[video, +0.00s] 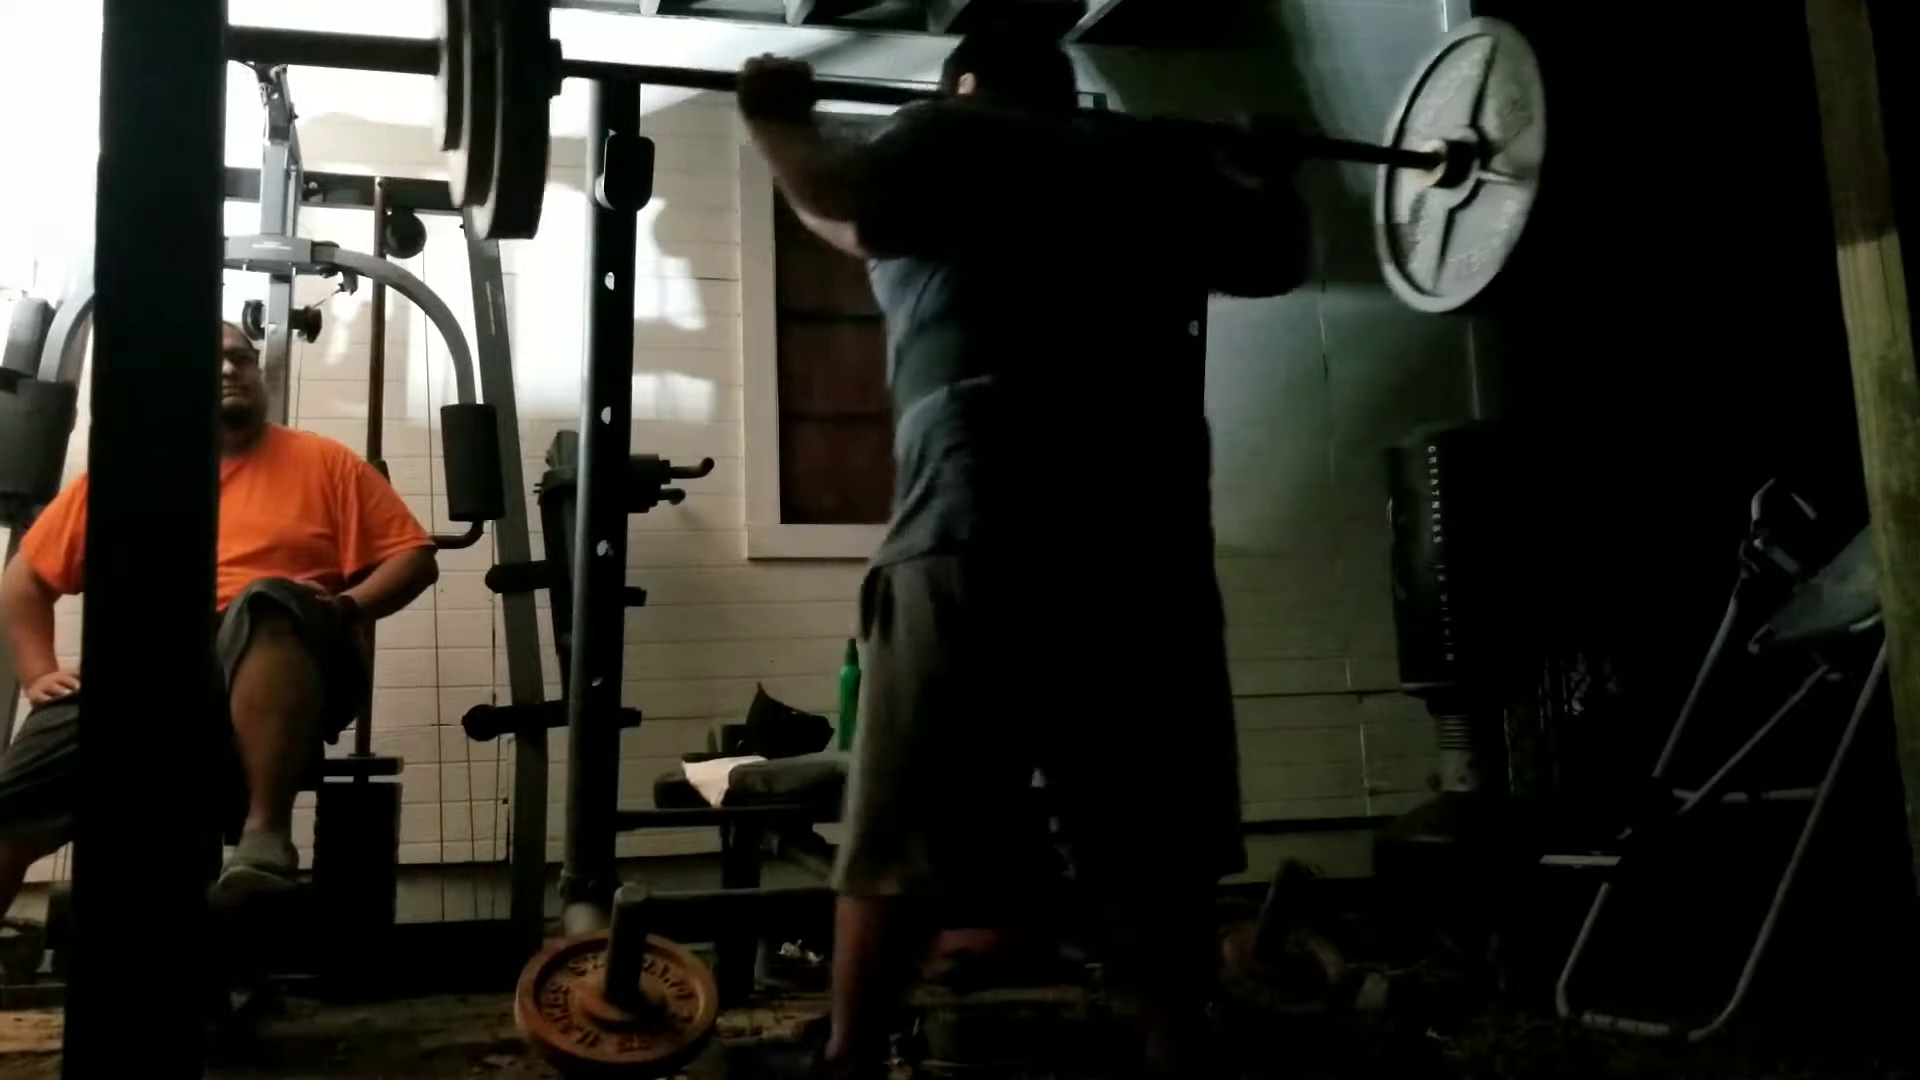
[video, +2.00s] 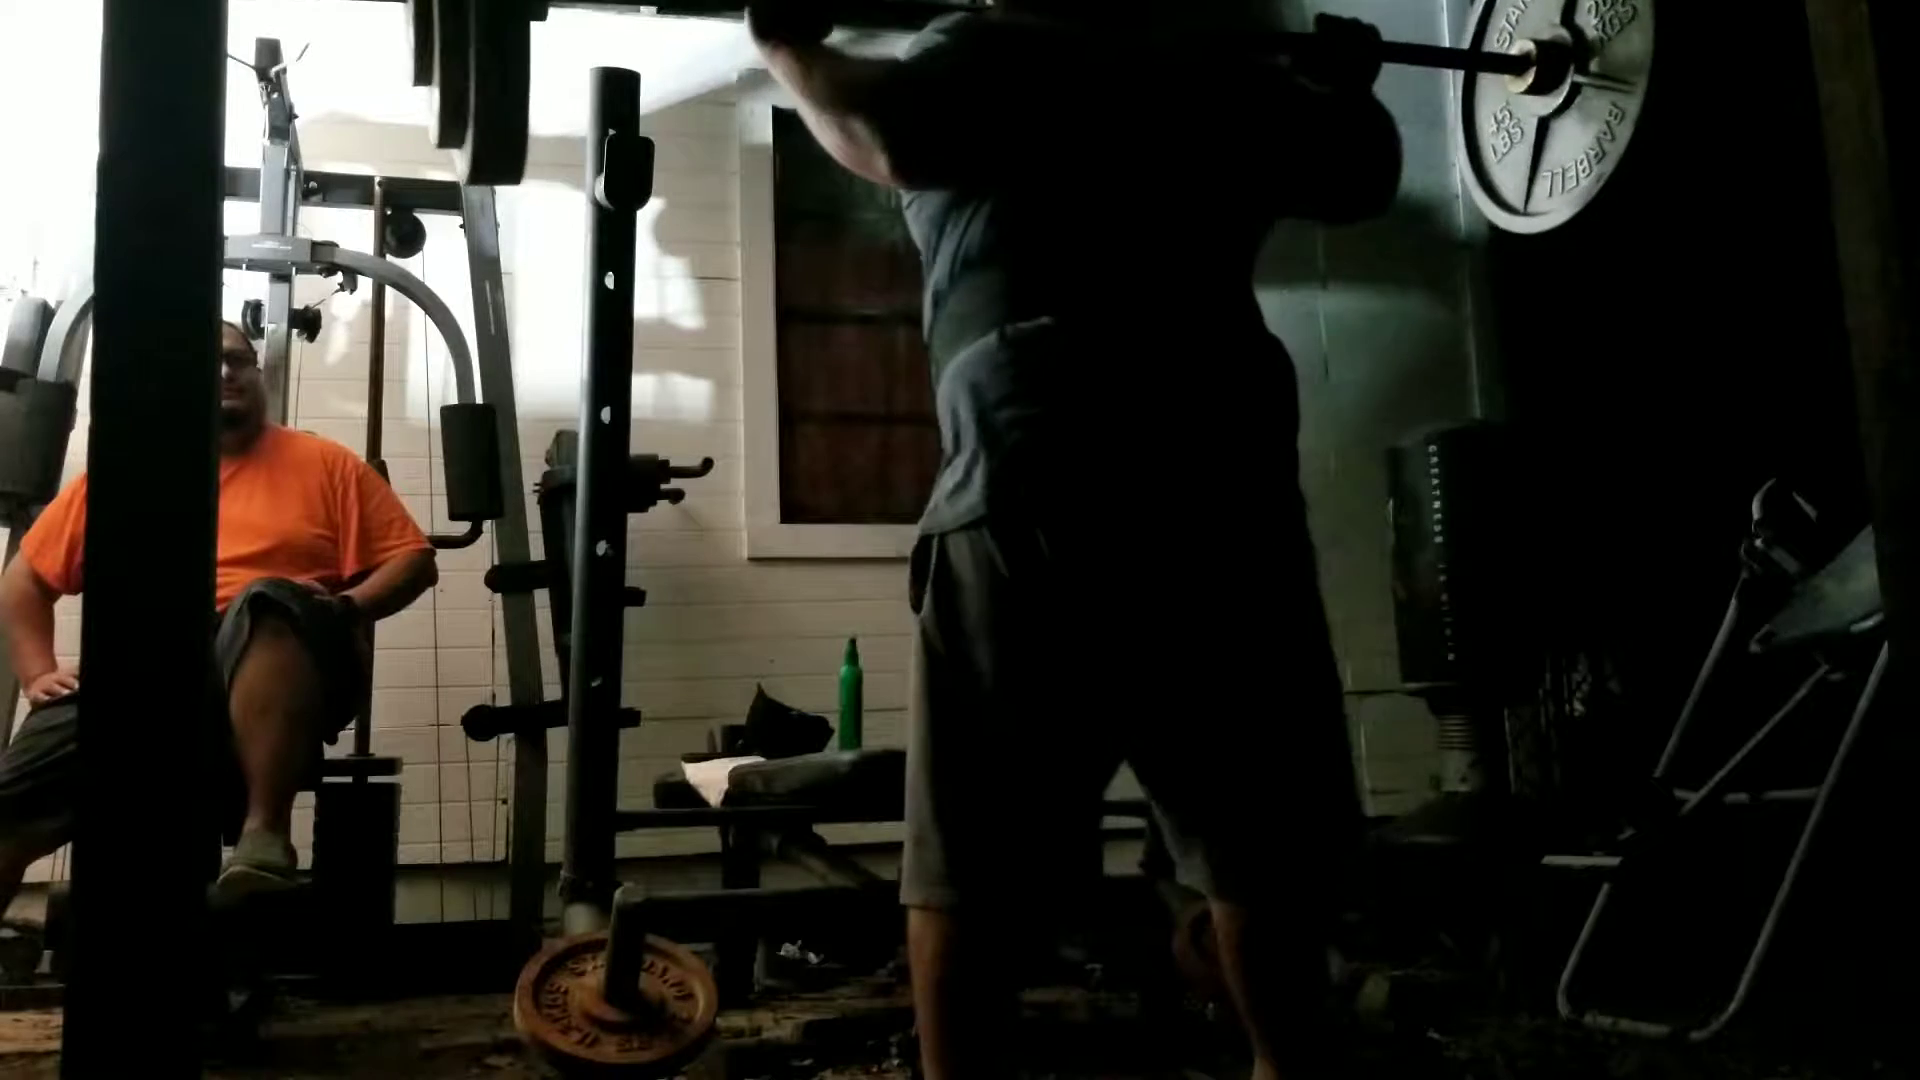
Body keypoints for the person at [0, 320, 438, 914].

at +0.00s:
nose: (230, 370)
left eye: (241, 358)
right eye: (213, 359)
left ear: (264, 376)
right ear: (186, 378)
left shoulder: (323, 463)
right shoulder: (133, 467)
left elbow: (414, 557)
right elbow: (24, 575)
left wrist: (349, 604)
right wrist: (38, 671)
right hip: (144, 666)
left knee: (272, 604)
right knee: (12, 809)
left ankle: (266, 830)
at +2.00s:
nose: (227, 373)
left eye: (239, 360)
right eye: (211, 361)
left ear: (264, 375)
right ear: (186, 378)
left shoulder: (326, 465)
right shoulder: (132, 467)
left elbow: (414, 559)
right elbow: (25, 573)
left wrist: (350, 603)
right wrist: (38, 671)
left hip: (285, 664)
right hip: (145, 664)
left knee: (271, 604)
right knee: (12, 806)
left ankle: (265, 830)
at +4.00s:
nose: (226, 374)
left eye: (238, 362)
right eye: (210, 363)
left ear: (262, 376)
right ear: (185, 378)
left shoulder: (329, 464)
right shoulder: (131, 467)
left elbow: (408, 563)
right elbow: (24, 576)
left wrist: (347, 604)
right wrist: (37, 671)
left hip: (289, 666)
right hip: (147, 664)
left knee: (271, 604)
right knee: (9, 811)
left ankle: (265, 831)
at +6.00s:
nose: (227, 376)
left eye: (239, 363)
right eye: (210, 364)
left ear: (263, 377)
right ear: (185, 381)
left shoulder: (325, 465)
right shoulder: (132, 467)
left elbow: (414, 560)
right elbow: (24, 575)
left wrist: (345, 605)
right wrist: (37, 672)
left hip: (286, 666)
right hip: (144, 663)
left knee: (273, 604)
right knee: (11, 808)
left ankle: (266, 829)